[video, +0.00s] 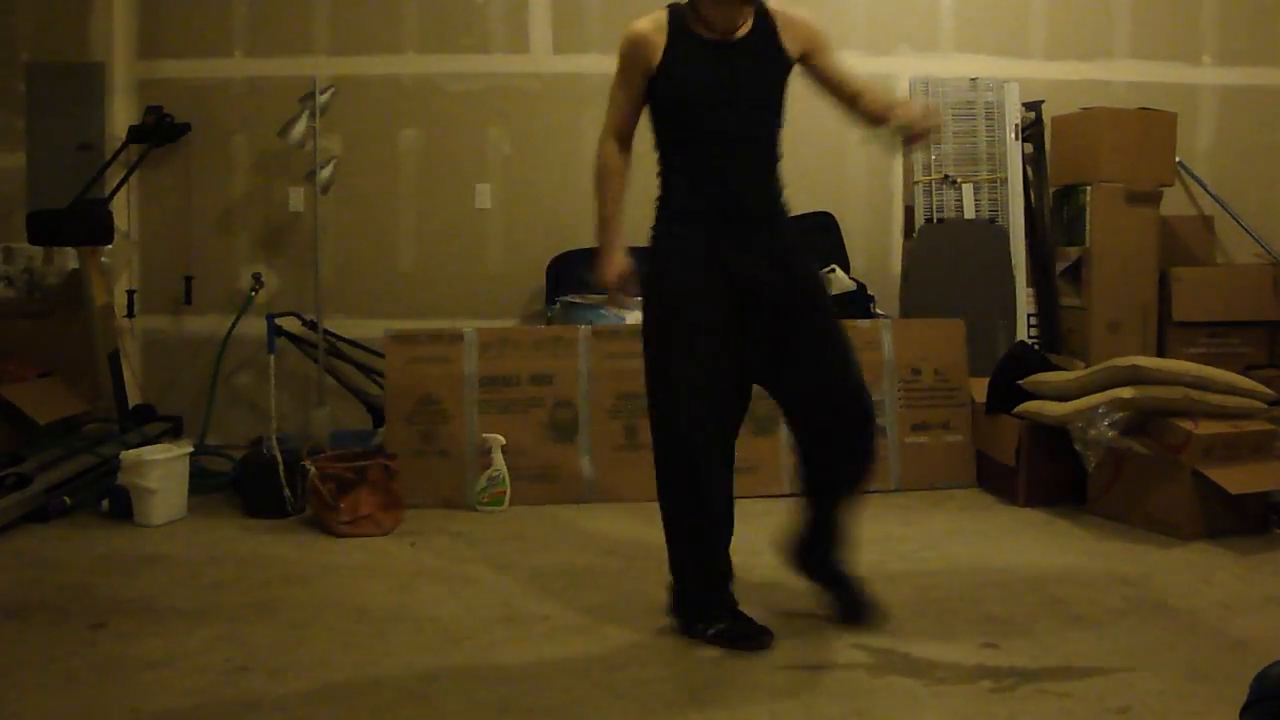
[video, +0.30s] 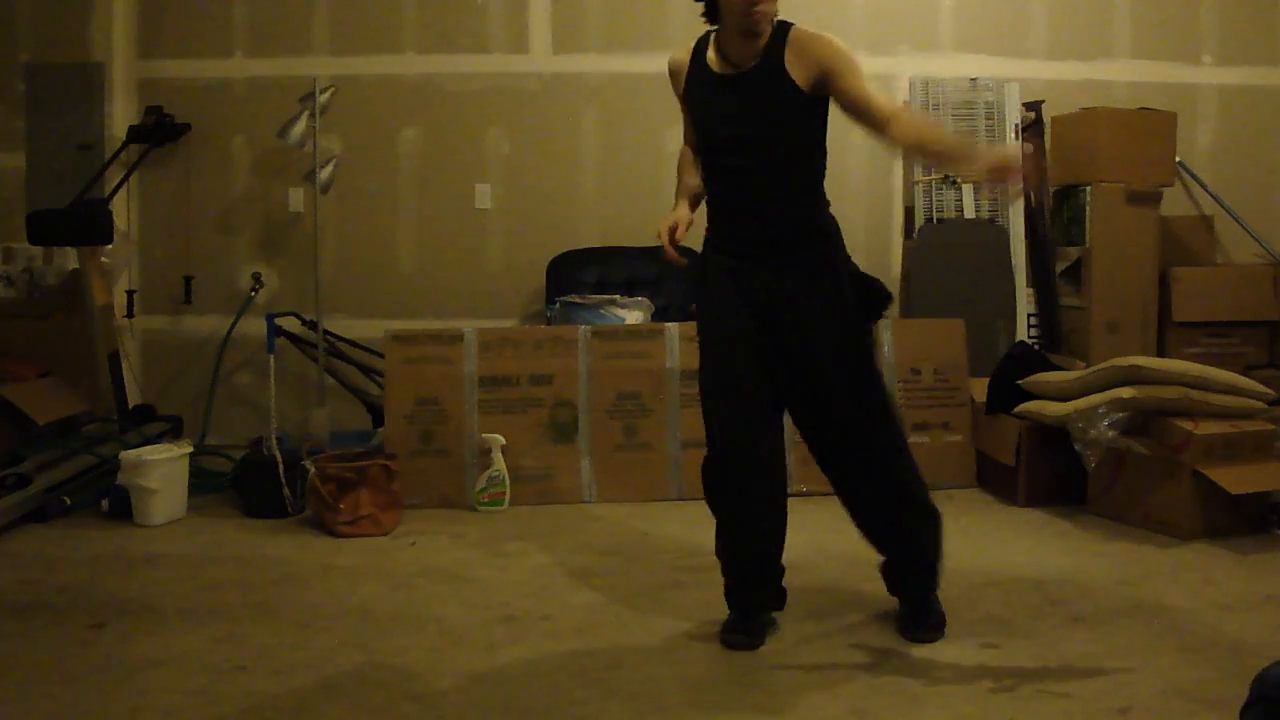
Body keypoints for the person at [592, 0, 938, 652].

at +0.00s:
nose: (731, 9)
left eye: (738, 4)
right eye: (719, 4)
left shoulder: (788, 30)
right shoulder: (650, 40)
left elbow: (857, 96)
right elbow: (616, 139)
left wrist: (899, 113)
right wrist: (610, 244)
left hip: (771, 258)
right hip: (687, 263)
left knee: (842, 415)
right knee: (695, 435)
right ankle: (701, 601)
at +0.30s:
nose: (761, 10)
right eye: (746, 2)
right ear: (715, 6)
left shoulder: (812, 53)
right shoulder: (688, 67)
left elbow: (891, 119)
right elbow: (694, 147)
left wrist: (975, 159)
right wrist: (684, 202)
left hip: (812, 278)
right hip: (731, 283)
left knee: (859, 434)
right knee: (738, 449)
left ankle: (916, 580)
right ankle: (750, 600)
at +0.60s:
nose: (709, 3)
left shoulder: (781, 41)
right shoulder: (662, 38)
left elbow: (824, 149)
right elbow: (602, 124)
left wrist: (712, 150)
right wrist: (634, 143)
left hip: (772, 248)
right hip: (704, 247)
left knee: (732, 413)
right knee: (687, 408)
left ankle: (765, 583)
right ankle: (716, 573)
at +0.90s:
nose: (652, 9)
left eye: (666, 1)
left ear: (692, 1)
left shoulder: (723, 63)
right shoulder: (600, 43)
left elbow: (718, 180)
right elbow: (567, 130)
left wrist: (628, 228)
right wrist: (564, 217)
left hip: (689, 270)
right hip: (621, 270)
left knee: (653, 436)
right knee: (650, 431)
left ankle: (620, 622)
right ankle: (762, 544)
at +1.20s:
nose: (564, 13)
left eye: (577, 5)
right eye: (555, 4)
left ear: (602, 3)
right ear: (538, 1)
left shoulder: (638, 55)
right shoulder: (496, 48)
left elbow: (694, 148)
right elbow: (473, 133)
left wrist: (640, 152)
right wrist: (479, 206)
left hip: (595, 284)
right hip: (505, 282)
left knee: (618, 459)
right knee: (449, 444)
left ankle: (632, 625)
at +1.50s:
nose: (526, 9)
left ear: (578, 3)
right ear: (510, 6)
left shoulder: (632, 71)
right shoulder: (497, 67)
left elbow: (655, 184)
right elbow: (431, 127)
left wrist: (660, 285)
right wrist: (420, 152)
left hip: (581, 287)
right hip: (500, 280)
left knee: (571, 458)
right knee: (435, 432)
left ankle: (598, 619)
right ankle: (373, 567)